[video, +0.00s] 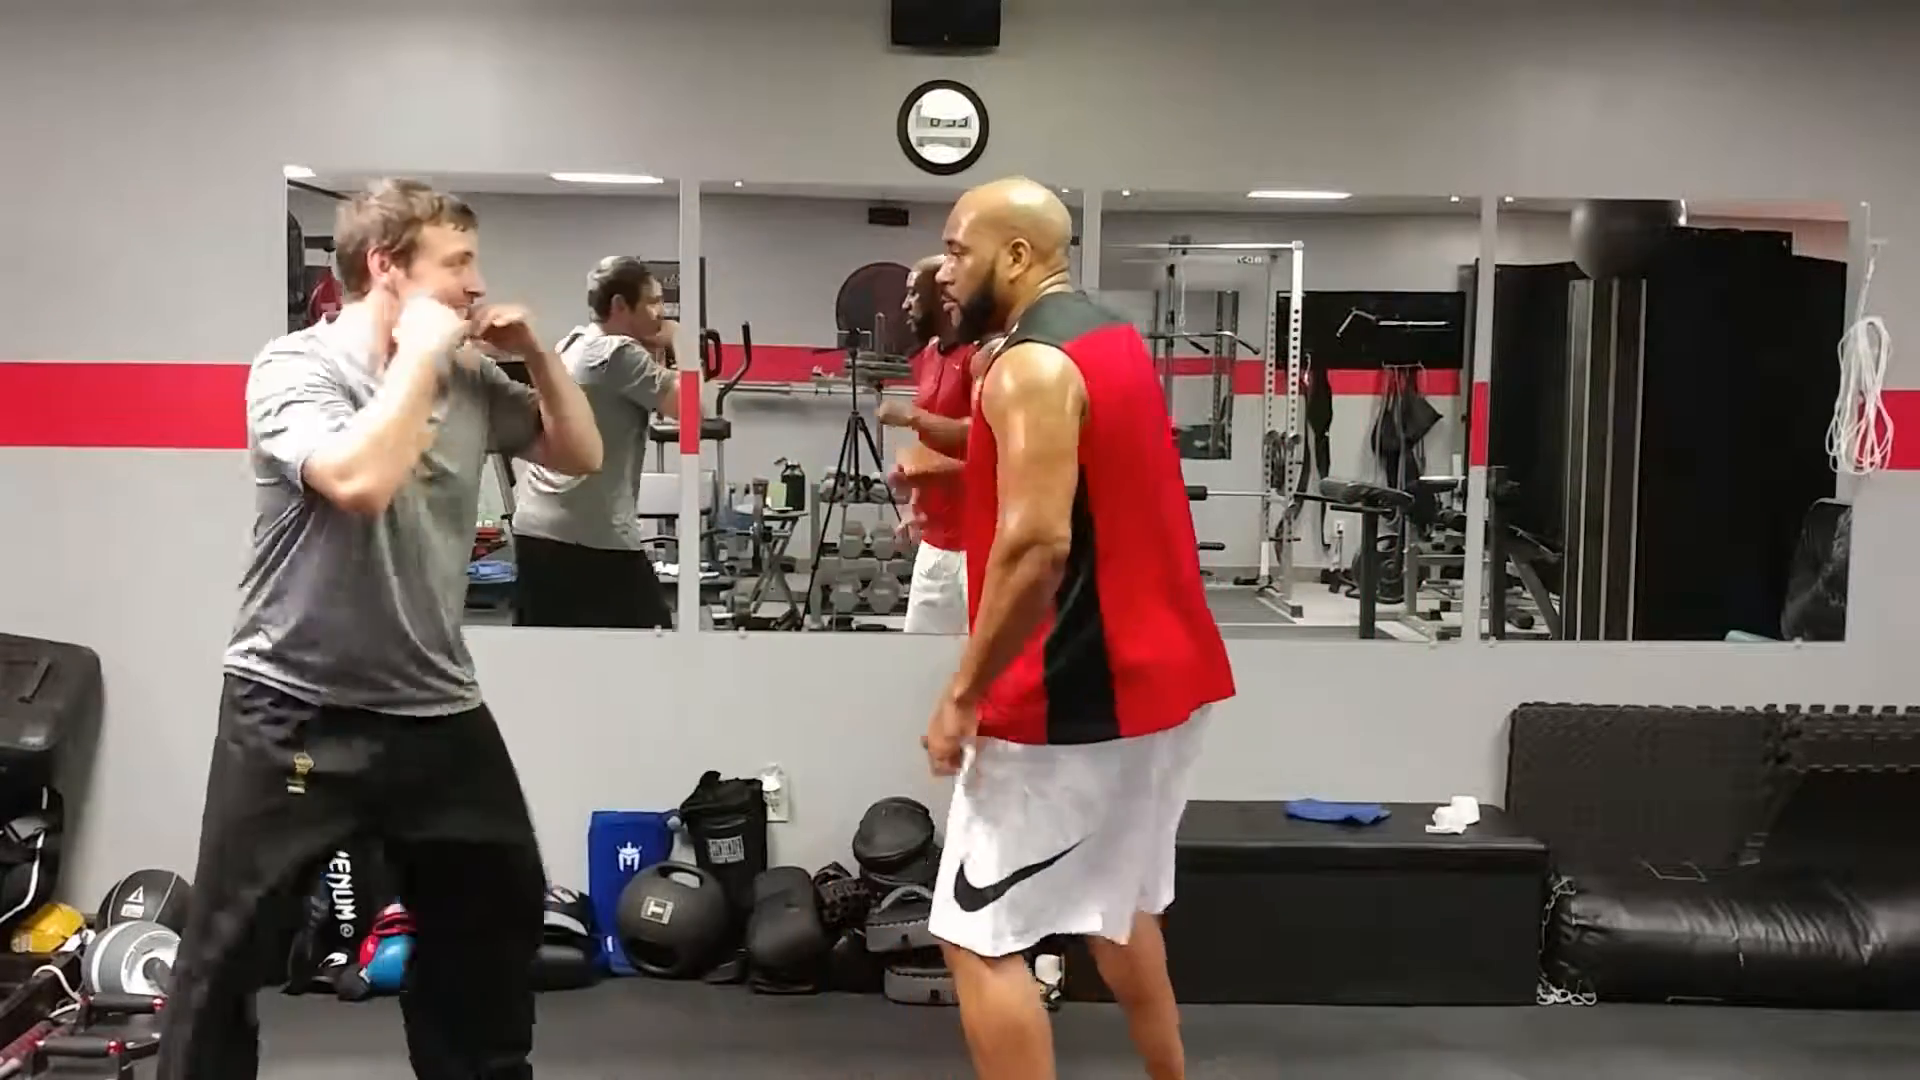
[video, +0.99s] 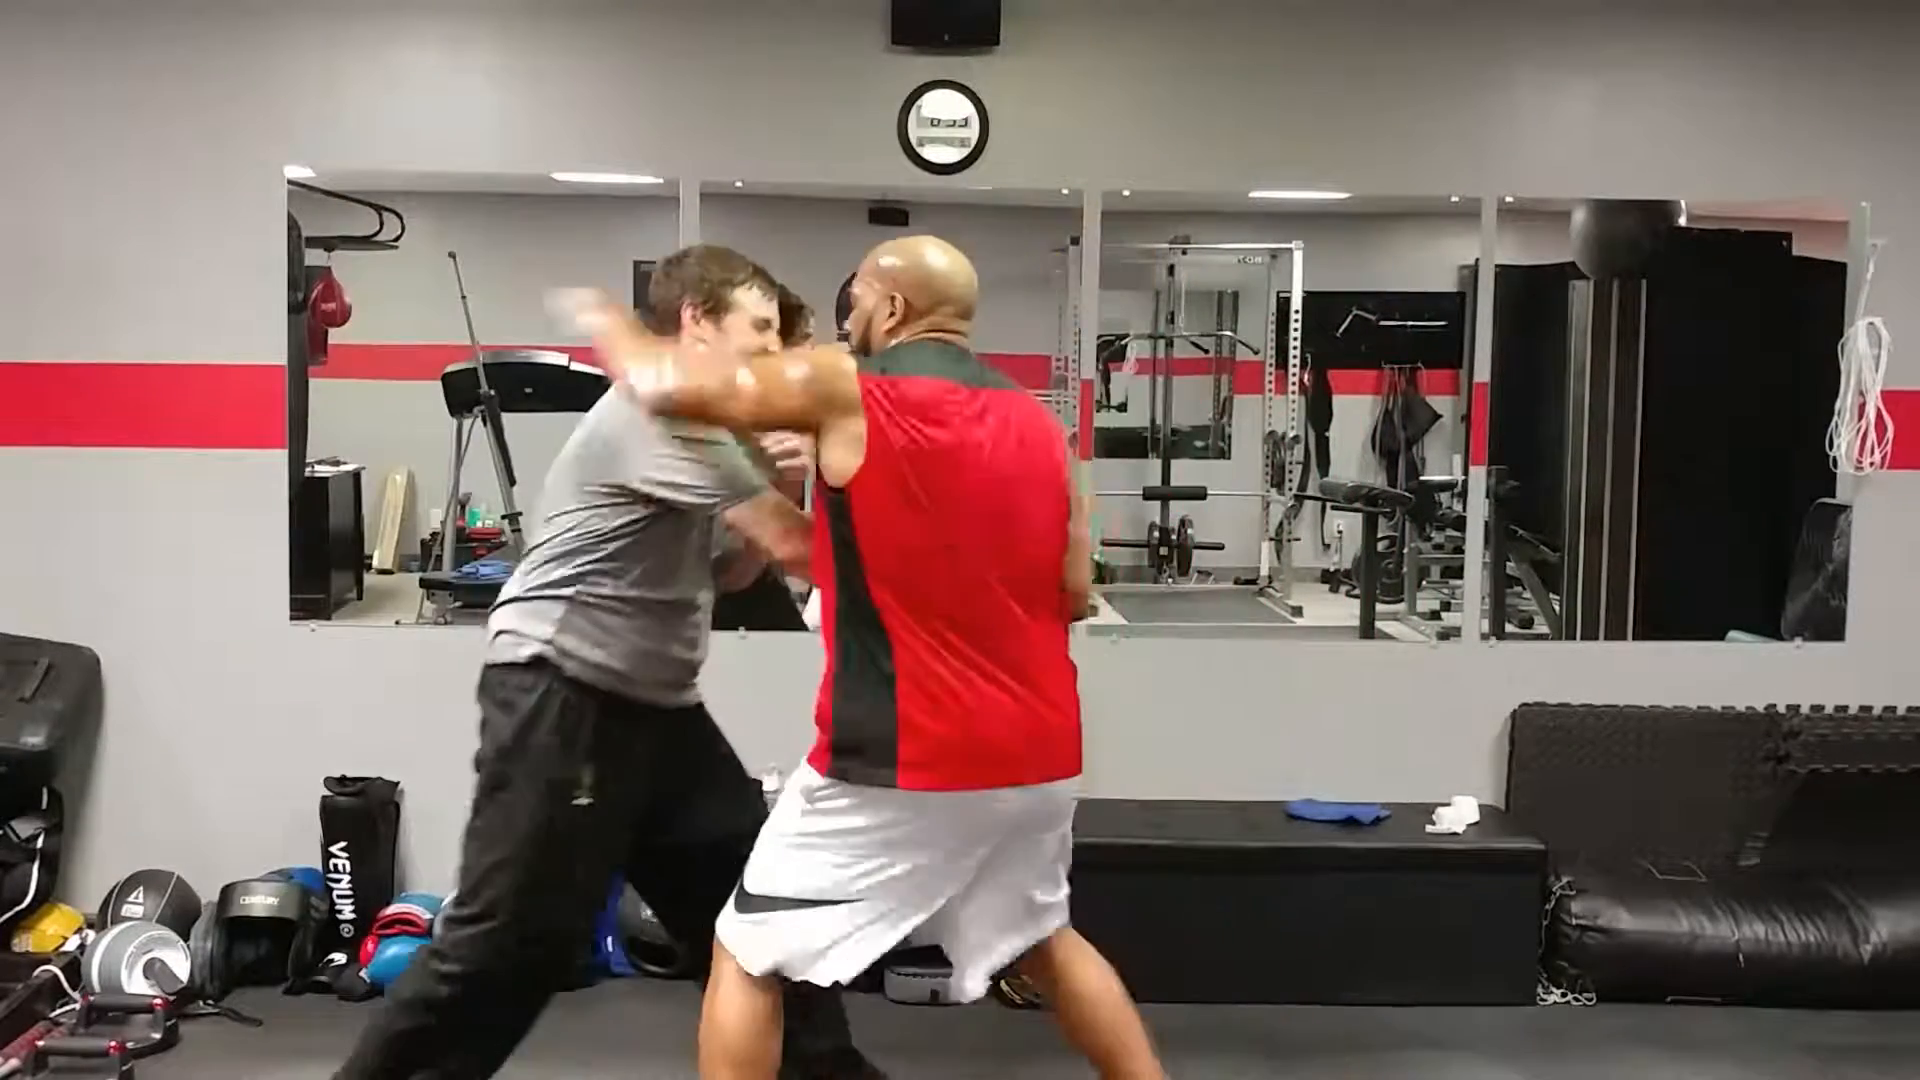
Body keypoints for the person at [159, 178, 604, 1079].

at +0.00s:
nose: (474, 286)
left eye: (475, 267)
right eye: (455, 267)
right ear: (384, 271)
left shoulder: (466, 375)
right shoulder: (292, 370)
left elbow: (577, 456)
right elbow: (357, 479)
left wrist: (541, 356)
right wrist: (421, 352)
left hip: (439, 710)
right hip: (289, 710)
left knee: (495, 927)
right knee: (225, 957)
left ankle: (481, 1073)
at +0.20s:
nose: (501, 311)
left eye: (499, 291)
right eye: (481, 292)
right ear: (412, 304)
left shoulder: (514, 409)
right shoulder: (322, 415)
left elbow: (627, 478)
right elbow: (354, 537)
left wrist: (593, 379)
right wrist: (428, 406)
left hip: (496, 737)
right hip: (340, 746)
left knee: (608, 898)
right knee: (241, 976)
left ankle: (631, 1069)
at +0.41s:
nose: (650, 309)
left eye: (644, 295)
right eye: (625, 295)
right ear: (561, 322)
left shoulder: (619, 405)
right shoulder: (572, 393)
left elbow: (699, 517)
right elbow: (761, 372)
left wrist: (706, 411)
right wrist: (910, 348)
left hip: (625, 739)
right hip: (508, 739)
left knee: (733, 915)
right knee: (389, 958)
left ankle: (816, 1062)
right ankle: (277, 1068)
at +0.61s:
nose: (802, 327)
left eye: (797, 309)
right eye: (779, 310)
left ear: (724, 335)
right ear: (714, 331)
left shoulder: (733, 411)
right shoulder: (719, 415)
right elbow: (891, 487)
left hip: (696, 731)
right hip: (618, 719)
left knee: (818, 914)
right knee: (527, 983)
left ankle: (860, 1070)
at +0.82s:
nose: (838, 342)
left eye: (839, 327)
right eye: (820, 323)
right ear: (753, 328)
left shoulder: (762, 432)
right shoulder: (711, 412)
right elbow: (845, 551)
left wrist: (857, 486)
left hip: (683, 686)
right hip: (594, 659)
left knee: (788, 910)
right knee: (576, 937)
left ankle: (835, 1065)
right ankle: (473, 1072)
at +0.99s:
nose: (777, 350)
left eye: (779, 332)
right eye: (760, 326)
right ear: (695, 322)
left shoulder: (708, 432)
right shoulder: (648, 408)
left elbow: (699, 585)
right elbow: (795, 540)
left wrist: (779, 499)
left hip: (657, 708)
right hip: (561, 694)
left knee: (772, 926)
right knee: (498, 959)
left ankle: (822, 1067)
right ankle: (373, 1076)